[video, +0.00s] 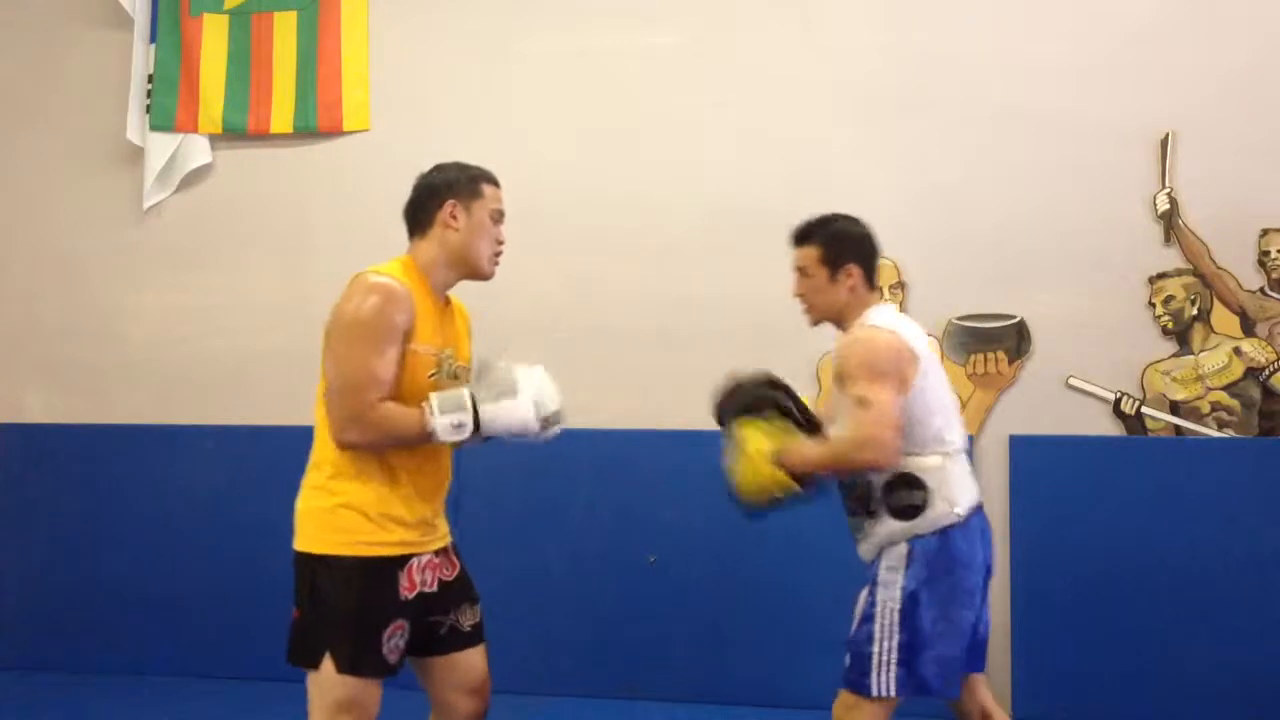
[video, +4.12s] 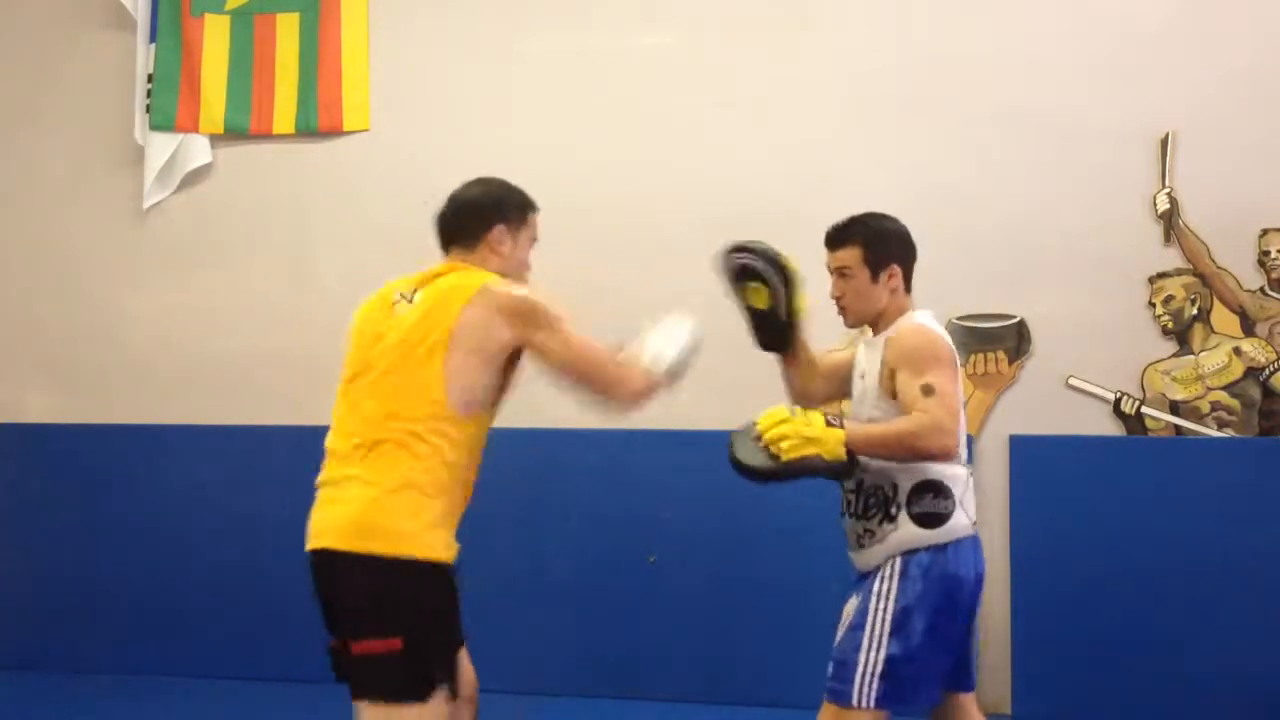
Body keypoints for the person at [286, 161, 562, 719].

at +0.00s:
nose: (504, 237)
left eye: (504, 221)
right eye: (494, 218)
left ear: (456, 219)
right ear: (451, 217)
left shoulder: (454, 316)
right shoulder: (377, 297)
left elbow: (431, 415)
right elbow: (354, 423)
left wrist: (501, 405)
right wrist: (470, 416)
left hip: (425, 537)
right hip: (352, 542)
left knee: (466, 696)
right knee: (346, 708)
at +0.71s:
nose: (522, 246)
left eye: (525, 231)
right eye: (517, 226)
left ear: (475, 218)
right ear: (473, 214)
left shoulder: (467, 308)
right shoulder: (383, 288)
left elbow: (471, 425)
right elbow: (422, 410)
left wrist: (535, 374)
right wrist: (516, 352)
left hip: (440, 534)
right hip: (365, 540)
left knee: (472, 696)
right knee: (368, 707)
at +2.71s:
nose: (472, 259)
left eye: (478, 243)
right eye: (472, 238)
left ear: (429, 222)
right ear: (430, 220)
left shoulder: (396, 298)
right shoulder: (324, 283)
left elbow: (395, 405)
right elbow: (369, 416)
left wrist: (477, 371)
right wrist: (470, 361)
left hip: (374, 544)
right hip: (304, 554)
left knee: (434, 699)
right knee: (306, 709)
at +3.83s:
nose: (484, 278)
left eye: (487, 262)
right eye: (483, 259)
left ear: (442, 248)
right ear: (446, 248)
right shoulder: (383, 306)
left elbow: (437, 410)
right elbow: (433, 411)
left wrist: (482, 348)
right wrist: (498, 352)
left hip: (366, 576)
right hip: (332, 587)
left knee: (451, 691)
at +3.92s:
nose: (491, 261)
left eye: (494, 245)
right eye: (490, 243)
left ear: (435, 233)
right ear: (455, 232)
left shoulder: (343, 297)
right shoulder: (446, 295)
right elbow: (570, 327)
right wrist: (614, 320)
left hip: (307, 558)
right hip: (360, 567)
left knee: (442, 692)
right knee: (350, 711)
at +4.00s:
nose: (507, 256)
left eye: (508, 237)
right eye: (504, 236)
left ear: (435, 233)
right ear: (471, 229)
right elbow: (626, 307)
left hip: (319, 552)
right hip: (377, 564)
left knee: (446, 698)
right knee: (358, 714)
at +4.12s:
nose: (532, 262)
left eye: (533, 245)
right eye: (529, 243)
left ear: (457, 240)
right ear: (497, 239)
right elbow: (625, 385)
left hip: (339, 546)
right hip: (400, 555)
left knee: (458, 690)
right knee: (402, 710)